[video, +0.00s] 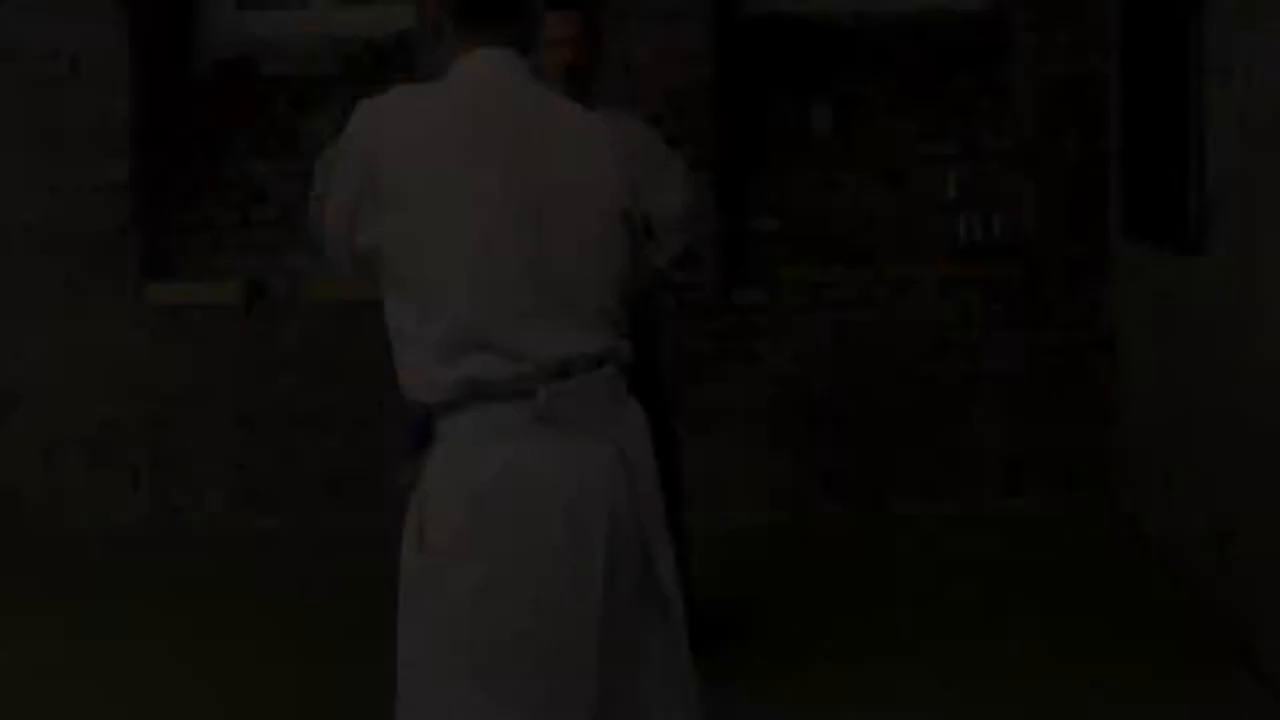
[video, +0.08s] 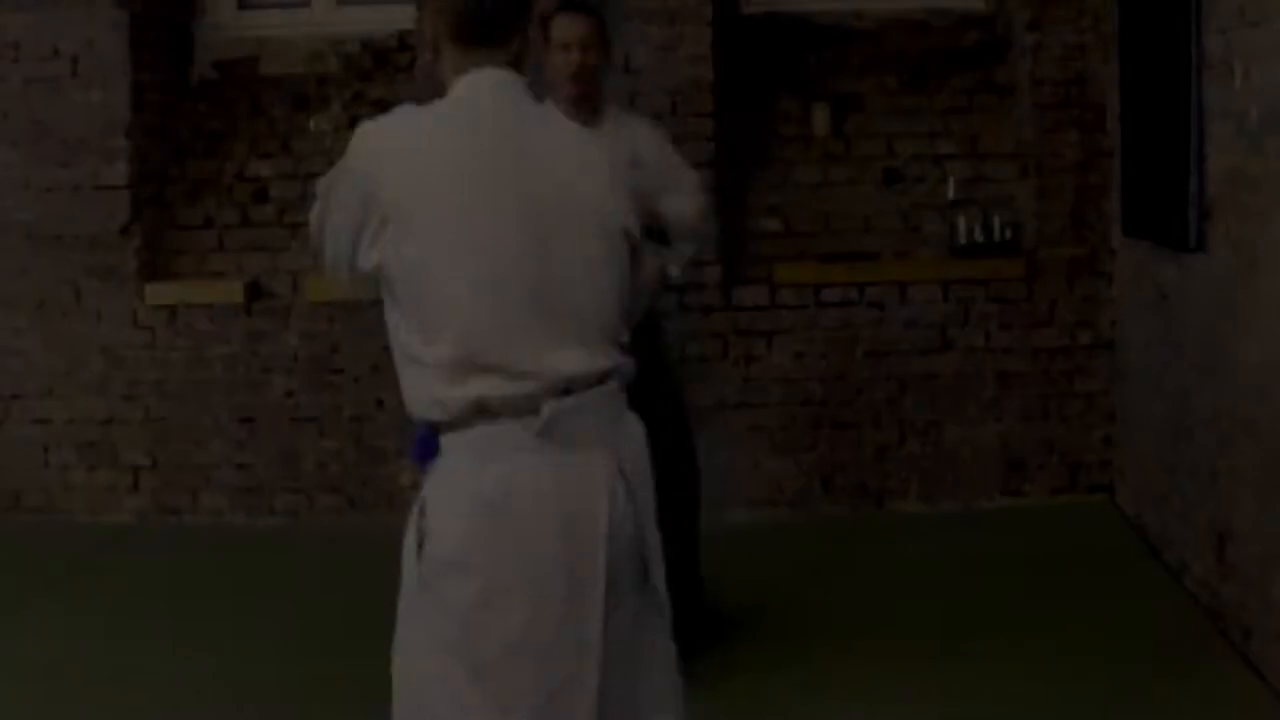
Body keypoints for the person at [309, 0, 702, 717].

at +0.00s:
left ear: (434, 23)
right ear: (534, 25)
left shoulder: (386, 129)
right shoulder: (601, 139)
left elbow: (333, 238)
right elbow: (684, 231)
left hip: (469, 464)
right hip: (600, 458)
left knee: (464, 686)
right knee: (614, 678)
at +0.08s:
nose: (570, 54)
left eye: (420, 32)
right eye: (558, 38)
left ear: (430, 42)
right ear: (525, 37)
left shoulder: (388, 147)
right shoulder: (590, 151)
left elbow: (336, 252)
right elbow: (630, 284)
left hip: (477, 478)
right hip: (606, 467)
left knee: (466, 693)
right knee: (614, 688)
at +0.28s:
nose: (440, 94)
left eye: (444, 83)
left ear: (453, 98)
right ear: (538, 96)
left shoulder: (412, 206)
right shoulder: (595, 210)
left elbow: (361, 294)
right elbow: (650, 361)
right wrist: (578, 409)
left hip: (497, 509)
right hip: (614, 497)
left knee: (444, 704)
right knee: (590, 697)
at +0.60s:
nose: (482, 128)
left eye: (483, 117)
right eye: (486, 116)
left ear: (494, 126)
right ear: (569, 114)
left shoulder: (504, 210)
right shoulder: (618, 182)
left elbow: (449, 299)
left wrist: (459, 234)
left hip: (579, 453)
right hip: (658, 441)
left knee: (486, 670)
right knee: (611, 663)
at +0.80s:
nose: (481, 136)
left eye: (481, 124)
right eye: (484, 124)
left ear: (492, 128)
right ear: (561, 116)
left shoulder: (517, 199)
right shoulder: (614, 191)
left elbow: (438, 286)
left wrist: (488, 204)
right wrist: (502, 304)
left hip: (592, 444)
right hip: (655, 432)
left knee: (516, 642)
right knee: (593, 636)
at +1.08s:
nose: (551, 205)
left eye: (554, 194)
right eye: (554, 193)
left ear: (568, 204)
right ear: (628, 206)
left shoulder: (547, 295)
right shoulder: (652, 294)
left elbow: (450, 268)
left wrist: (525, 244)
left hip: (503, 518)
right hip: (571, 511)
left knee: (453, 689)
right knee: (504, 675)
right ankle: (590, 695)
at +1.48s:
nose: (483, 270)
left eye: (485, 261)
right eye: (483, 262)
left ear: (495, 264)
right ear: (546, 256)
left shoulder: (492, 324)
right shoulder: (575, 322)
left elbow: (413, 343)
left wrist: (479, 303)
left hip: (480, 527)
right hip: (544, 525)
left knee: (460, 679)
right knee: (512, 671)